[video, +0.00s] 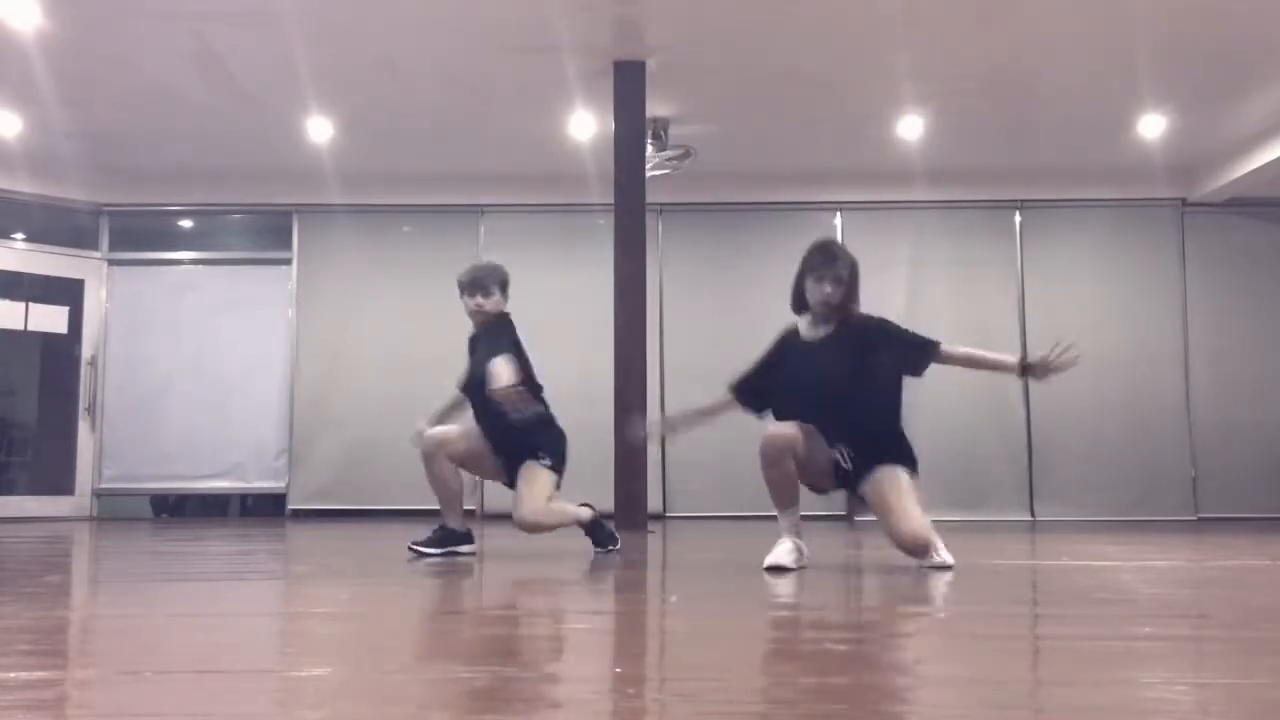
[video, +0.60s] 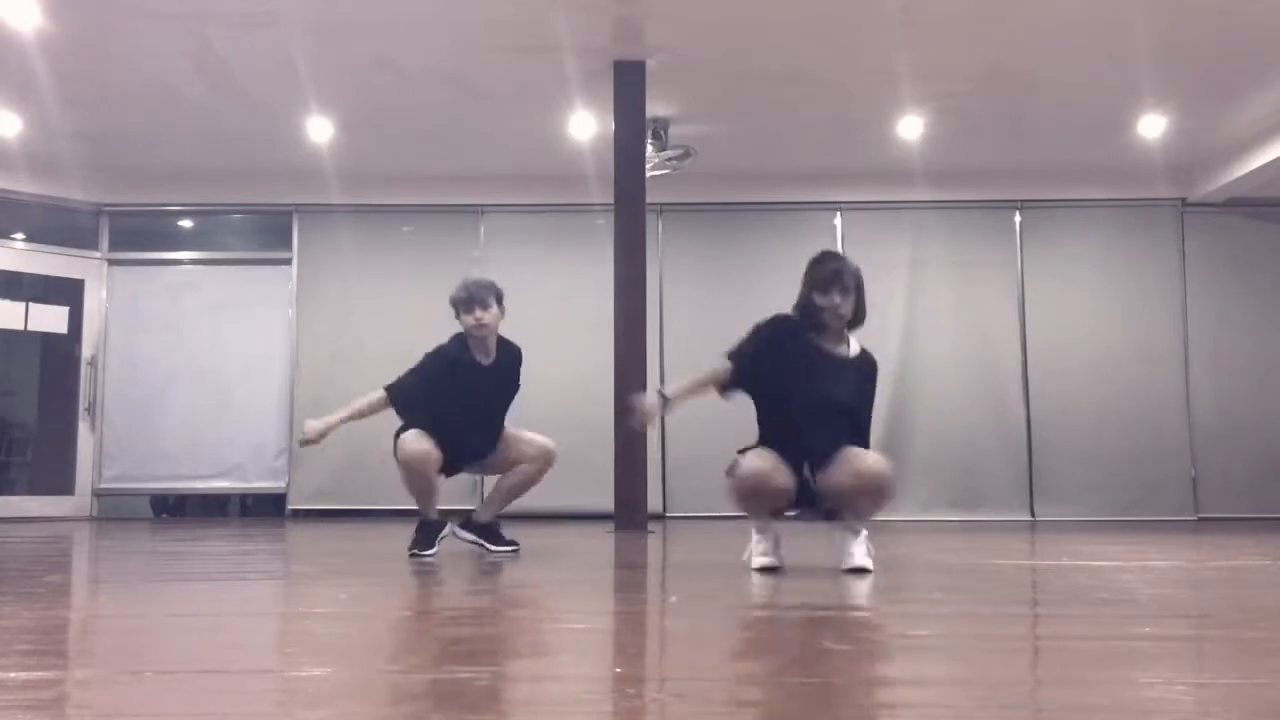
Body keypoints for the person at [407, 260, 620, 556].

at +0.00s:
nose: (478, 302)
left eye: (487, 294)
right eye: (471, 294)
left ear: (504, 299)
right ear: (461, 300)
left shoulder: (499, 333)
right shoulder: (480, 338)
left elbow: (503, 364)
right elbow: (467, 388)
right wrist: (433, 421)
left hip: (538, 444)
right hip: (502, 443)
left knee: (529, 516)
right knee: (434, 442)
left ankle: (586, 516)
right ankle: (455, 531)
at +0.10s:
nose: (468, 277)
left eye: (477, 269)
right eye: (461, 270)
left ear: (495, 274)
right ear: (452, 275)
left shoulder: (502, 314)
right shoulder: (457, 318)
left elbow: (547, 351)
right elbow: (430, 367)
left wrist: (591, 376)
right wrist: (381, 380)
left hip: (522, 426)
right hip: (482, 428)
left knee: (517, 500)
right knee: (420, 445)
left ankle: (591, 515)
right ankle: (453, 531)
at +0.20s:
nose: (464, 266)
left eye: (472, 258)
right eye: (456, 259)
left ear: (488, 262)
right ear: (445, 263)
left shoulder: (506, 306)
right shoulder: (433, 299)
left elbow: (539, 357)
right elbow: (419, 358)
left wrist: (567, 404)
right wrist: (461, 352)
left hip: (512, 404)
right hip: (467, 404)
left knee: (482, 462)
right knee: (436, 447)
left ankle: (553, 501)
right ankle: (448, 525)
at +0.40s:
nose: (473, 289)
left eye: (480, 280)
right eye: (464, 282)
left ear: (496, 284)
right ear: (453, 287)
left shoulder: (507, 328)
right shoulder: (445, 322)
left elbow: (497, 379)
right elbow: (441, 383)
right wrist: (449, 442)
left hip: (490, 424)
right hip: (440, 421)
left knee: (555, 461)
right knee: (397, 452)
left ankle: (484, 518)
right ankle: (428, 522)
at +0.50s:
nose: (478, 304)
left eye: (486, 295)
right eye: (468, 297)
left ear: (501, 300)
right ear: (458, 305)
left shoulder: (508, 344)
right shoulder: (446, 348)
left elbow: (495, 395)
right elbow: (404, 400)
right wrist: (356, 442)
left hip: (487, 445)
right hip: (436, 447)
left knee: (559, 463)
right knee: (377, 467)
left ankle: (488, 516)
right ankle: (430, 520)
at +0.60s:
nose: (478, 316)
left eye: (485, 308)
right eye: (469, 311)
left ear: (500, 313)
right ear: (459, 318)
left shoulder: (511, 355)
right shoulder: (445, 358)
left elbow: (495, 407)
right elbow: (389, 396)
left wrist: (486, 447)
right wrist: (329, 423)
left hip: (480, 441)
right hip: (435, 444)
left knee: (542, 452)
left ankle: (481, 522)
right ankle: (429, 523)